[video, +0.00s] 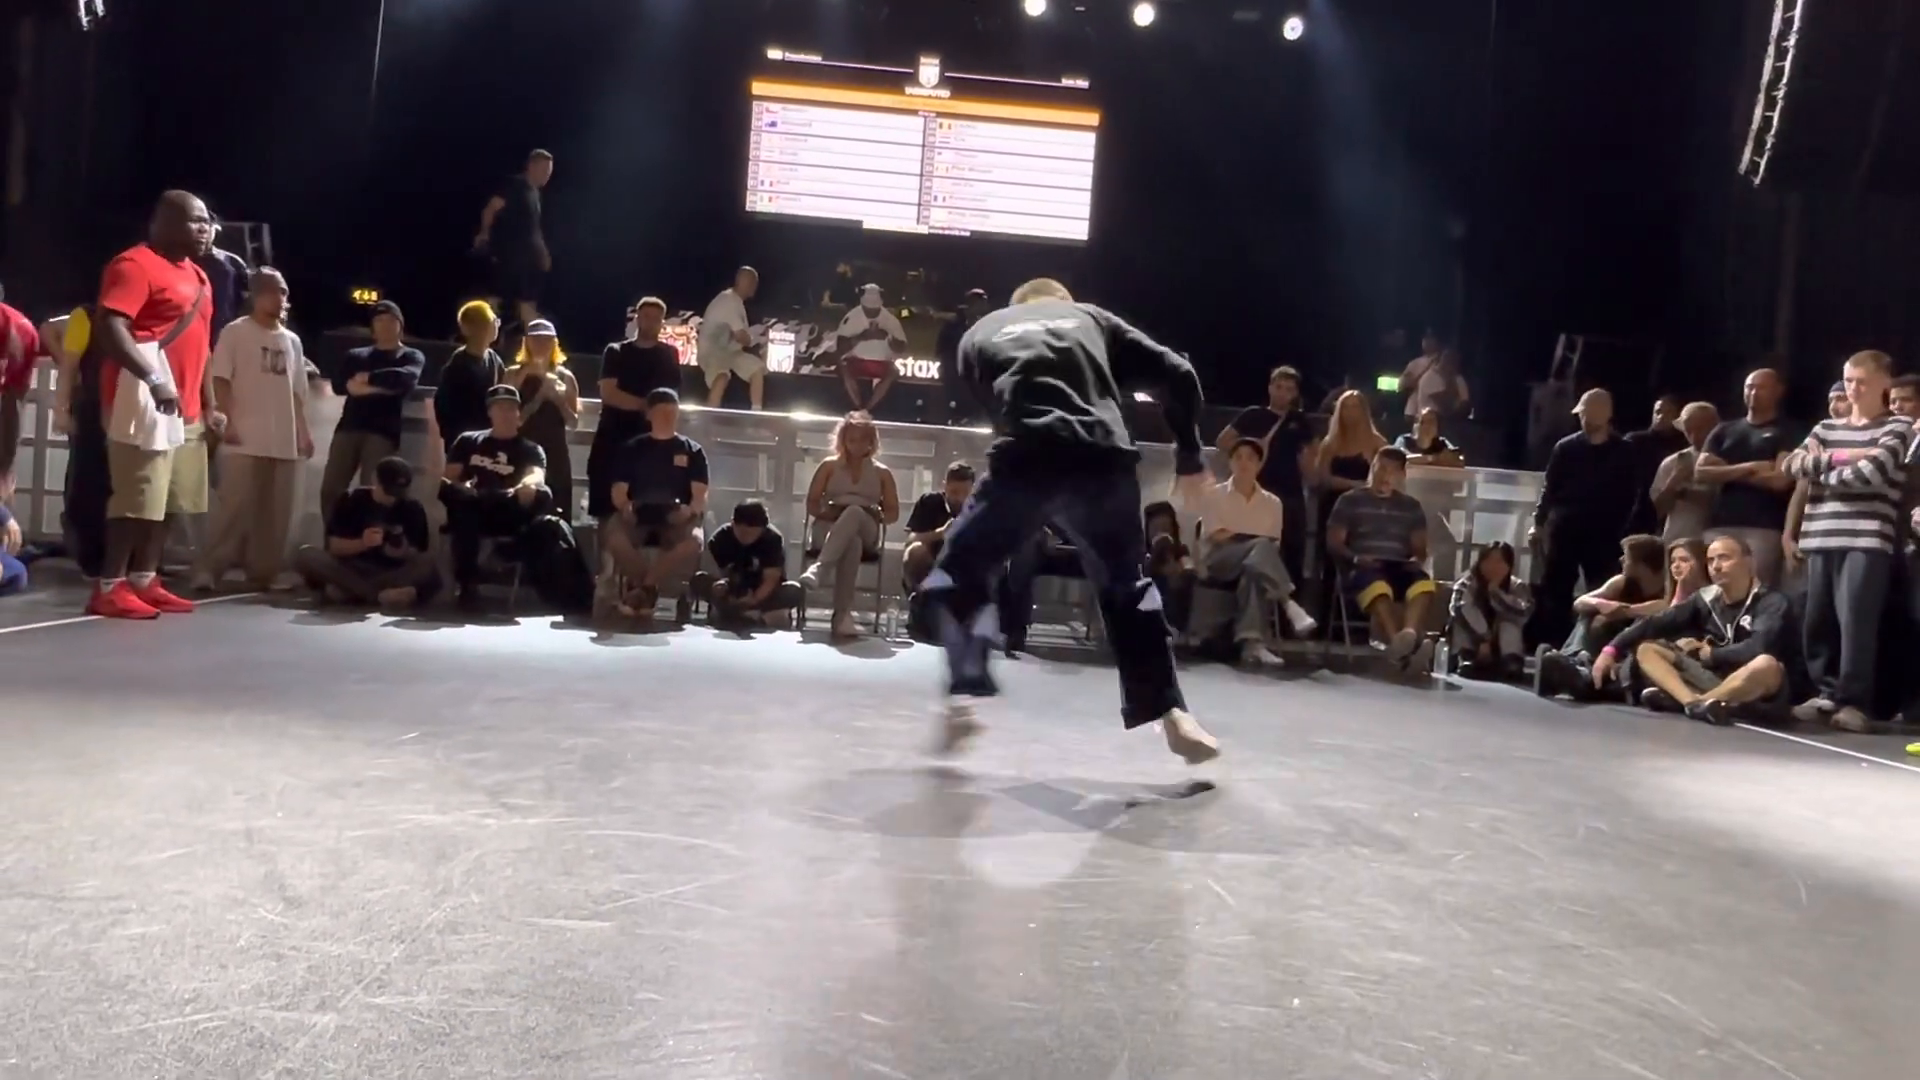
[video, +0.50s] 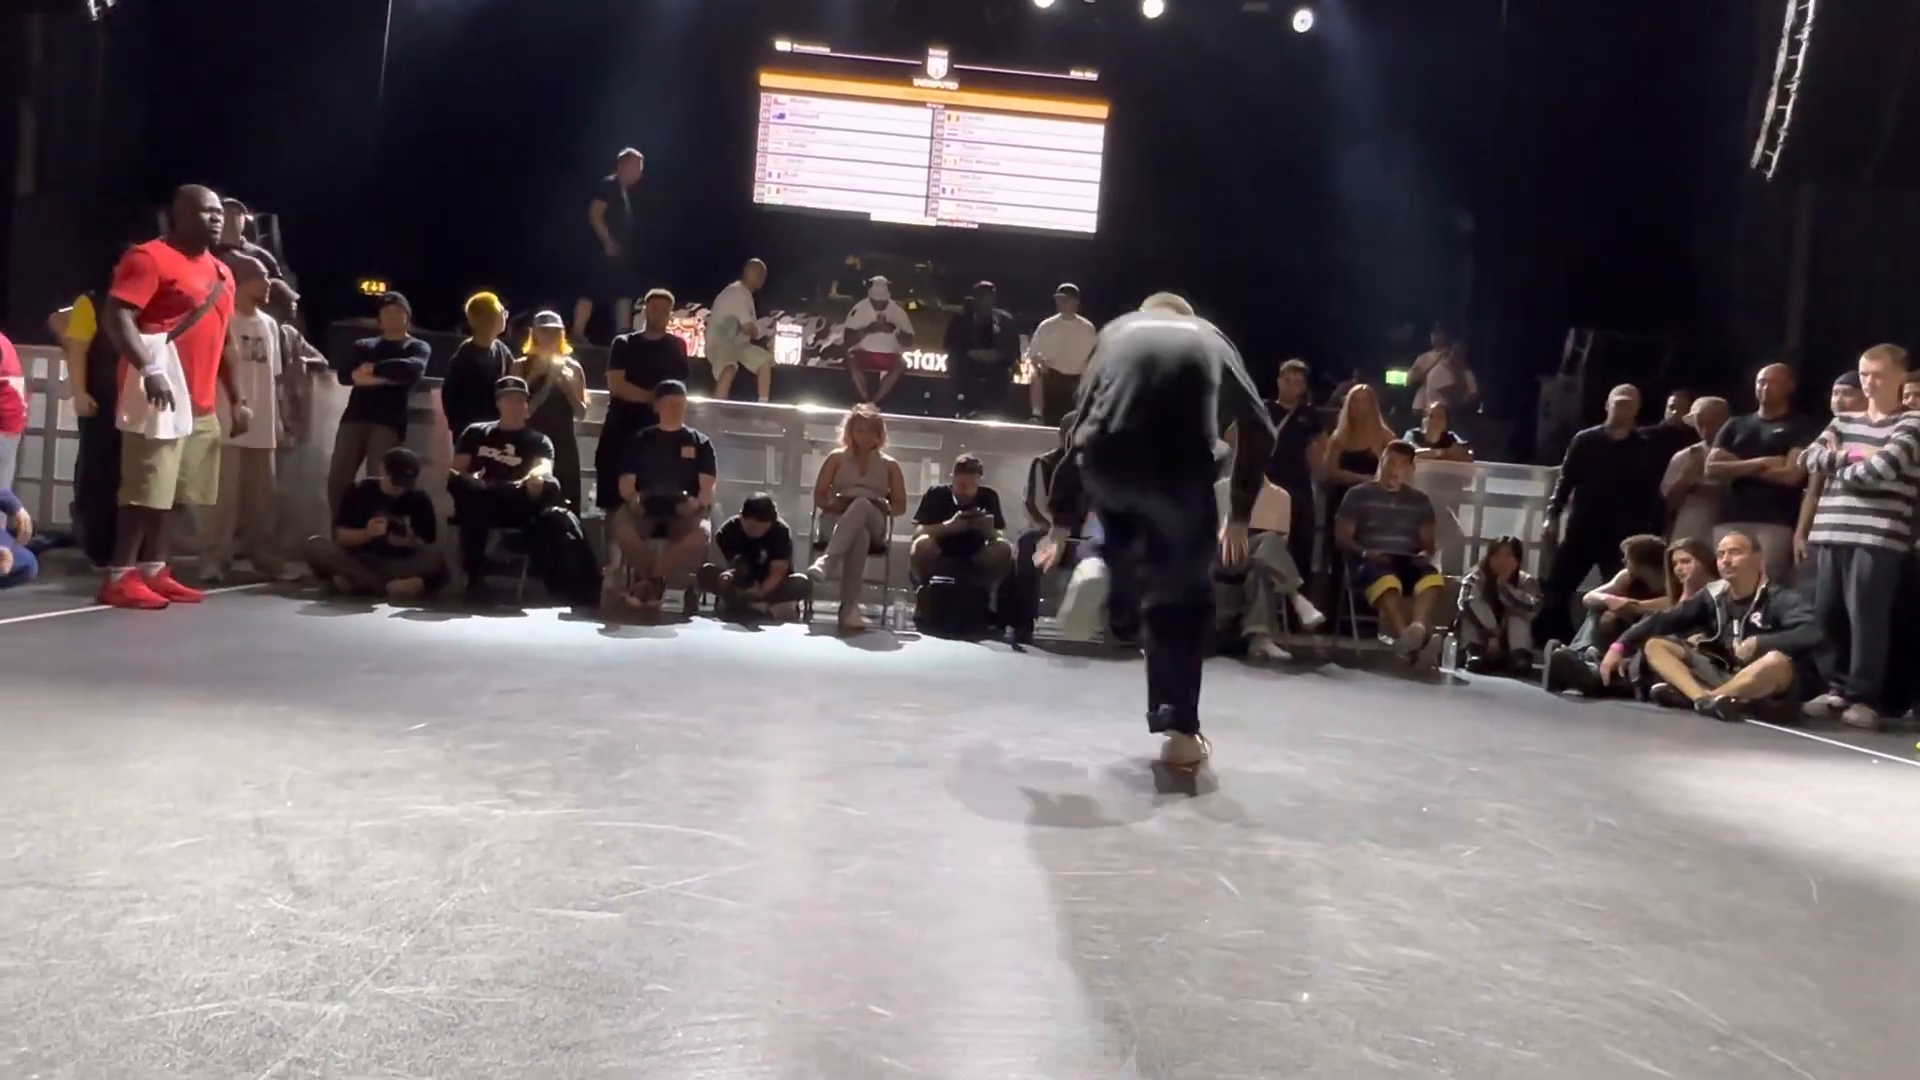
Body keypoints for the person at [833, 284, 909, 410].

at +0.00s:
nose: (871, 312)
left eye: (875, 309)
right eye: (868, 309)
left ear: (880, 305)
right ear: (862, 305)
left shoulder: (890, 319)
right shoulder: (852, 316)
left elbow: (901, 348)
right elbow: (840, 347)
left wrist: (887, 336)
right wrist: (862, 336)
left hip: (882, 362)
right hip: (857, 360)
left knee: (893, 373)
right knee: (844, 369)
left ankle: (868, 409)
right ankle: (859, 408)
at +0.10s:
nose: (873, 311)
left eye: (877, 308)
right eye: (869, 308)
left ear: (882, 304)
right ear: (863, 303)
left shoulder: (892, 318)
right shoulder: (853, 315)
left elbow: (903, 347)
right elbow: (842, 346)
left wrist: (889, 335)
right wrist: (864, 335)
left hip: (884, 360)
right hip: (858, 358)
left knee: (894, 371)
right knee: (846, 367)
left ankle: (869, 407)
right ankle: (860, 406)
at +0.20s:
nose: (875, 309)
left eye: (878, 306)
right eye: (871, 306)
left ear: (884, 302)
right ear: (865, 301)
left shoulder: (894, 315)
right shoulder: (855, 313)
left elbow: (905, 345)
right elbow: (844, 343)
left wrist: (890, 333)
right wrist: (865, 333)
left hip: (885, 358)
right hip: (860, 357)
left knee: (896, 369)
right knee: (847, 365)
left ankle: (871, 405)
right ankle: (862, 404)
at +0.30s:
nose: (875, 306)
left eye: (879, 303)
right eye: (872, 303)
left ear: (885, 300)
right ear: (866, 299)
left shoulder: (895, 314)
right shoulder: (856, 311)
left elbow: (906, 343)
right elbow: (844, 342)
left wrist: (892, 332)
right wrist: (866, 331)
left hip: (886, 357)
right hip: (861, 355)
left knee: (897, 367)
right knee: (848, 363)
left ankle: (873, 403)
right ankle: (863, 402)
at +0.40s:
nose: (877, 305)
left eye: (881, 302)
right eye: (874, 302)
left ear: (886, 299)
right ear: (868, 298)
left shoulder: (896, 313)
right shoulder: (857, 310)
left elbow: (907, 342)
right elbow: (845, 341)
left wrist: (893, 331)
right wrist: (867, 330)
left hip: (888, 356)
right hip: (862, 354)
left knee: (898, 366)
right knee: (850, 362)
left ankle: (874, 402)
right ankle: (864, 400)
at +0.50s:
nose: (879, 305)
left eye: (883, 302)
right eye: (875, 301)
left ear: (888, 298)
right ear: (869, 297)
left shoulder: (897, 311)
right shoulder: (859, 309)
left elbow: (908, 342)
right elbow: (847, 340)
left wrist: (894, 329)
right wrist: (869, 329)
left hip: (889, 355)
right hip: (864, 353)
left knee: (900, 366)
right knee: (852, 361)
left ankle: (875, 402)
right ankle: (866, 401)